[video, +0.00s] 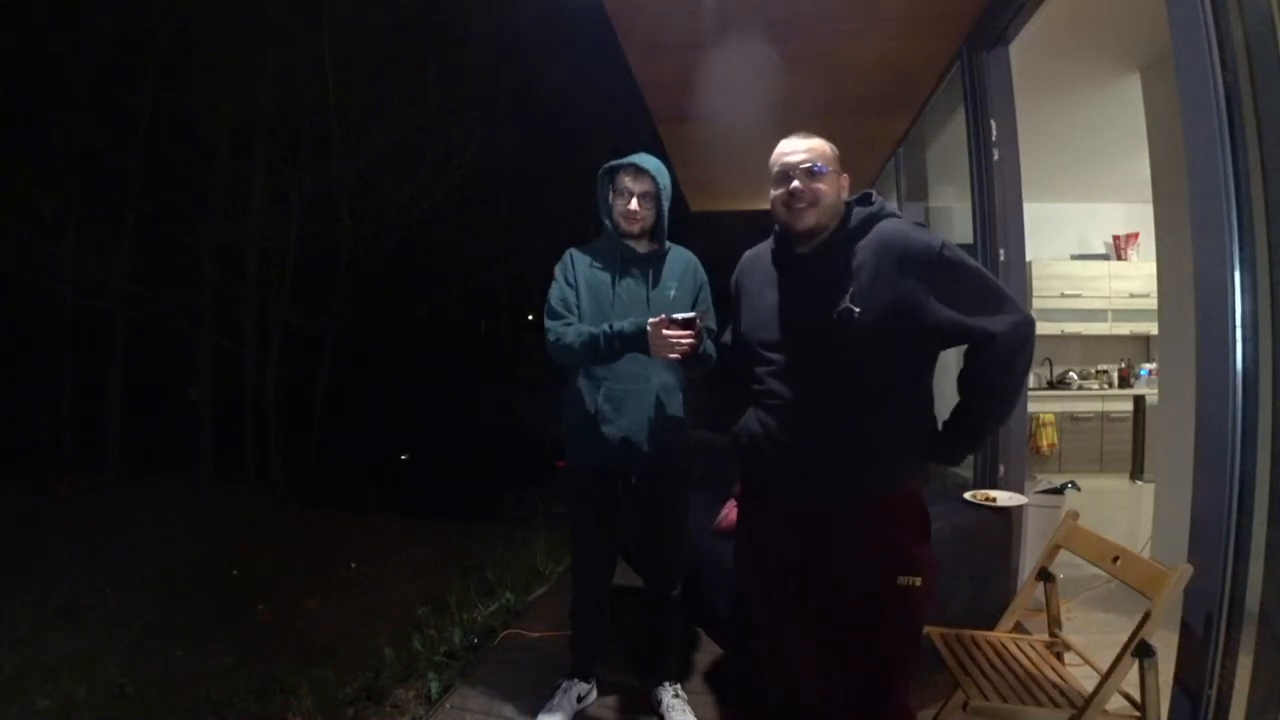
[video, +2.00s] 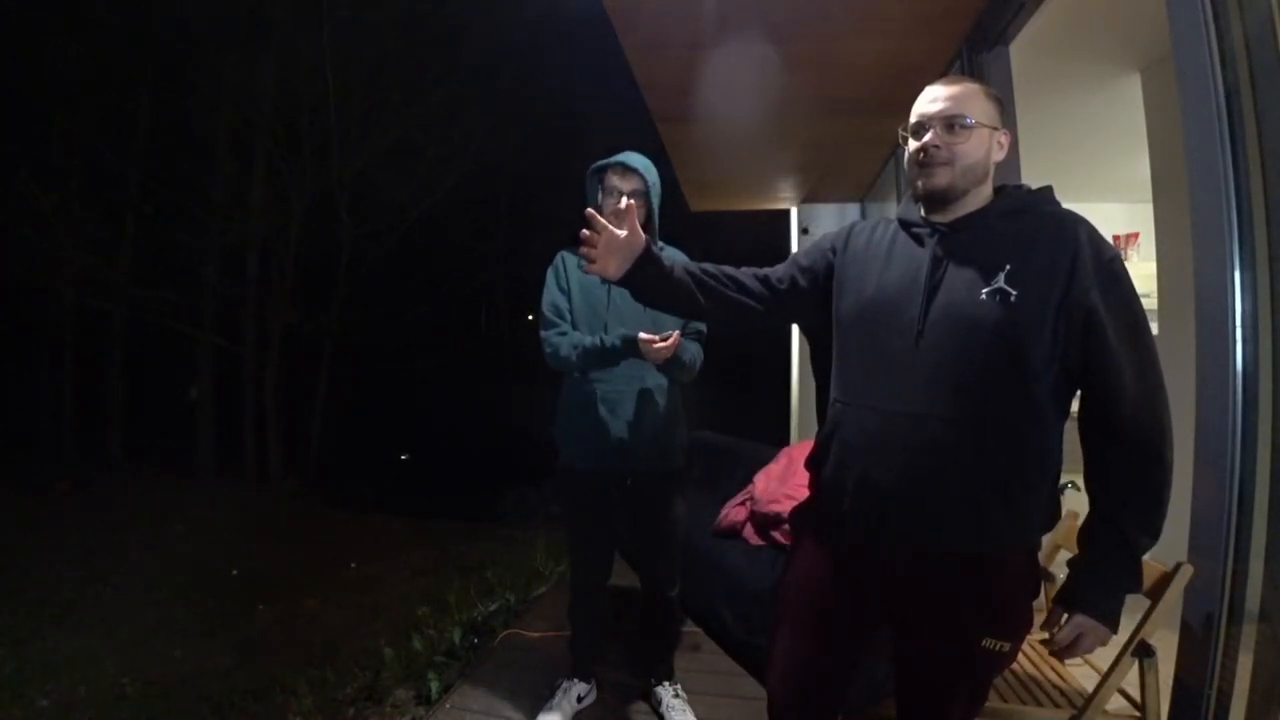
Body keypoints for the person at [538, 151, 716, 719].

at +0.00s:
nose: (633, 206)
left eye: (645, 197)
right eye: (623, 196)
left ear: (661, 204)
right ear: (608, 202)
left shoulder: (685, 266)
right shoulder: (577, 264)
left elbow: (709, 349)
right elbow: (558, 341)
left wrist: (695, 346)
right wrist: (637, 336)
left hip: (664, 442)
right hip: (594, 441)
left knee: (665, 564)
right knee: (590, 564)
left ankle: (668, 682)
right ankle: (581, 679)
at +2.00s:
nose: (625, 207)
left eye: (636, 197)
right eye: (615, 196)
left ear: (651, 204)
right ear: (595, 201)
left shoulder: (672, 267)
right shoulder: (568, 266)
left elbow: (695, 356)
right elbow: (556, 348)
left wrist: (673, 347)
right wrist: (628, 344)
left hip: (656, 445)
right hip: (588, 443)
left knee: (660, 566)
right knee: (588, 565)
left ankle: (661, 678)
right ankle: (582, 677)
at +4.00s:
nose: (629, 208)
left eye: (638, 198)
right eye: (618, 196)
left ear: (653, 205)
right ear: (597, 203)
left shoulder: (678, 270)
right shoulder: (574, 266)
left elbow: (696, 358)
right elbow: (554, 346)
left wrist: (658, 352)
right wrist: (608, 348)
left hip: (653, 449)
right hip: (587, 447)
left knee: (659, 569)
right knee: (585, 566)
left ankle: (661, 678)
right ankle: (580, 678)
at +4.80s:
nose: (658, 204)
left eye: (669, 194)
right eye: (648, 195)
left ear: (693, 199)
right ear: (634, 202)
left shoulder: (721, 275)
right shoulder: (613, 265)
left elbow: (731, 363)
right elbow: (582, 342)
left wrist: (691, 349)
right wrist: (609, 274)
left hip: (680, 440)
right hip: (613, 434)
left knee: (672, 557)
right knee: (600, 554)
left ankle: (665, 679)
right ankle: (584, 675)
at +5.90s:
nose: (676, 218)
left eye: (689, 210)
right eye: (671, 207)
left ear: (711, 216)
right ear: (661, 210)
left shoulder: (728, 275)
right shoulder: (640, 267)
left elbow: (737, 359)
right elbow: (606, 315)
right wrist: (647, 252)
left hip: (690, 433)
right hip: (628, 428)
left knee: (679, 551)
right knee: (607, 533)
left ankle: (666, 673)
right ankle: (595, 625)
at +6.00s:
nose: (670, 220)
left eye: (682, 212)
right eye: (665, 209)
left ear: (705, 217)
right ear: (656, 212)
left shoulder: (721, 279)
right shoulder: (630, 270)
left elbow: (732, 361)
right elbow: (591, 328)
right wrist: (637, 262)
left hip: (686, 440)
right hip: (621, 435)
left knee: (678, 554)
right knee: (609, 540)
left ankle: (666, 673)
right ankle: (610, 624)